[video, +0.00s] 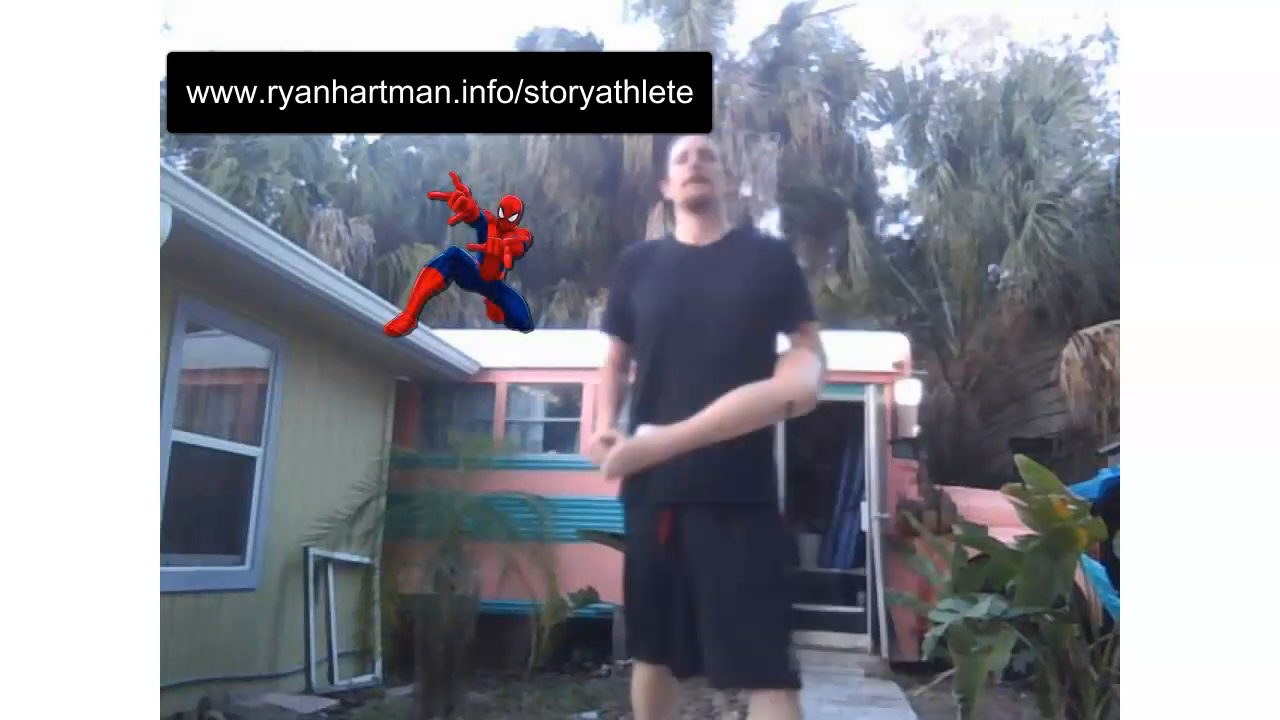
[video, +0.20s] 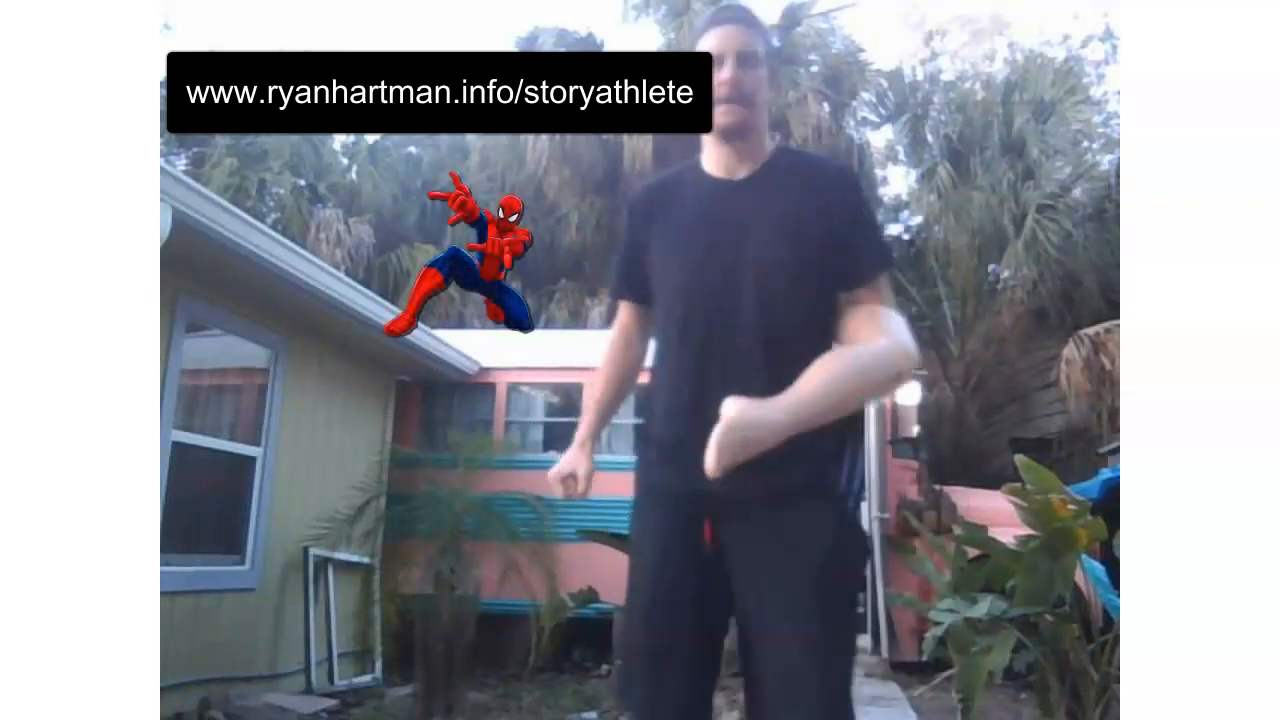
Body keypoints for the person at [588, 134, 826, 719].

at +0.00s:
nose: (695, 165)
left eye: (708, 156)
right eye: (682, 158)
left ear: (730, 179)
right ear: (664, 186)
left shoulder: (769, 258)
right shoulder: (637, 263)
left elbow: (803, 382)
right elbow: (614, 366)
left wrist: (665, 443)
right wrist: (601, 427)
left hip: (740, 497)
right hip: (653, 495)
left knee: (768, 679)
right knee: (651, 661)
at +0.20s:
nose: (730, 78)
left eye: (747, 61)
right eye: (712, 63)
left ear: (770, 77)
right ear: (690, 83)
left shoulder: (828, 190)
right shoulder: (653, 205)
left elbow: (886, 347)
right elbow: (627, 335)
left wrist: (779, 416)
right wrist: (584, 440)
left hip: (797, 502)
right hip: (672, 502)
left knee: (802, 705)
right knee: (656, 701)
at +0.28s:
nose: (785, 140)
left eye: (803, 128)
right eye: (772, 124)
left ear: (826, 154)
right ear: (742, 144)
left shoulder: (852, 272)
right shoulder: (679, 244)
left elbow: (864, 407)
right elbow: (602, 356)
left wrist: (948, 432)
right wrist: (515, 419)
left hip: (792, 543)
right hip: (683, 538)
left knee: (804, 710)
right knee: (701, 712)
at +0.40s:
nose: (818, 272)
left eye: (838, 256)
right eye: (801, 252)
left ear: (862, 278)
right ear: (763, 268)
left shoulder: (890, 411)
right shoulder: (688, 373)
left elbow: (912, 575)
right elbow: (591, 466)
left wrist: (968, 565)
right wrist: (459, 491)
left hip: (818, 668)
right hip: (700, 672)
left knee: (841, 635)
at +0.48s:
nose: (771, 162)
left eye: (791, 148)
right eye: (756, 147)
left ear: (819, 170)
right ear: (725, 170)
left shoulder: (856, 295)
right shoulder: (669, 285)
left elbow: (886, 455)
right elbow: (597, 417)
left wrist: (967, 432)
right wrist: (486, 471)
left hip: (823, 593)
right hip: (694, 598)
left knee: (835, 706)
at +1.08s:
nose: (783, 230)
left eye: (802, 214)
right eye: (763, 213)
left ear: (828, 234)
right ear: (731, 230)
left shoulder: (859, 358)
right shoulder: (670, 342)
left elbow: (882, 503)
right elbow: (596, 461)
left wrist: (959, 533)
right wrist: (509, 541)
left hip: (803, 614)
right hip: (685, 616)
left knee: (805, 708)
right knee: (676, 711)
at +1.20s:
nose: (768, 364)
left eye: (789, 343)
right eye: (749, 341)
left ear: (817, 313)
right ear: (719, 306)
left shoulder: (865, 407)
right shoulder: (667, 396)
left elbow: (905, 554)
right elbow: (594, 508)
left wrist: (961, 579)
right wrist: (502, 542)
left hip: (811, 658)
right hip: (692, 669)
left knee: (818, 691)